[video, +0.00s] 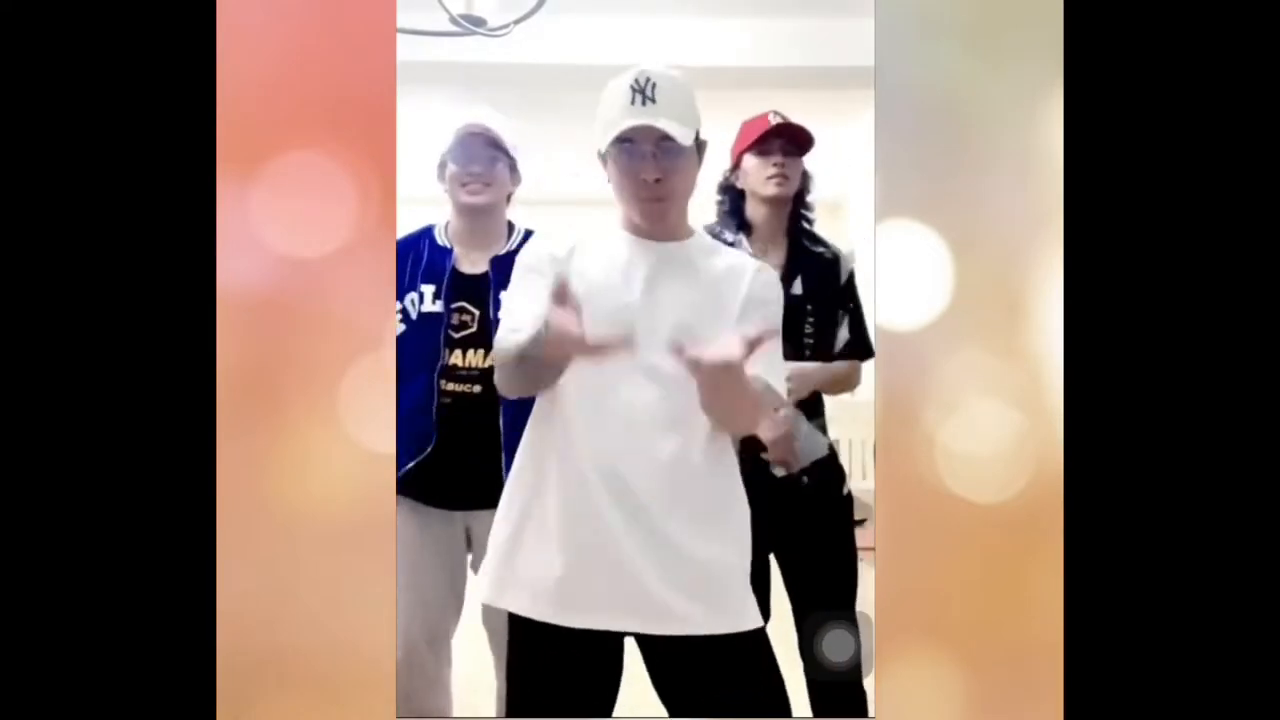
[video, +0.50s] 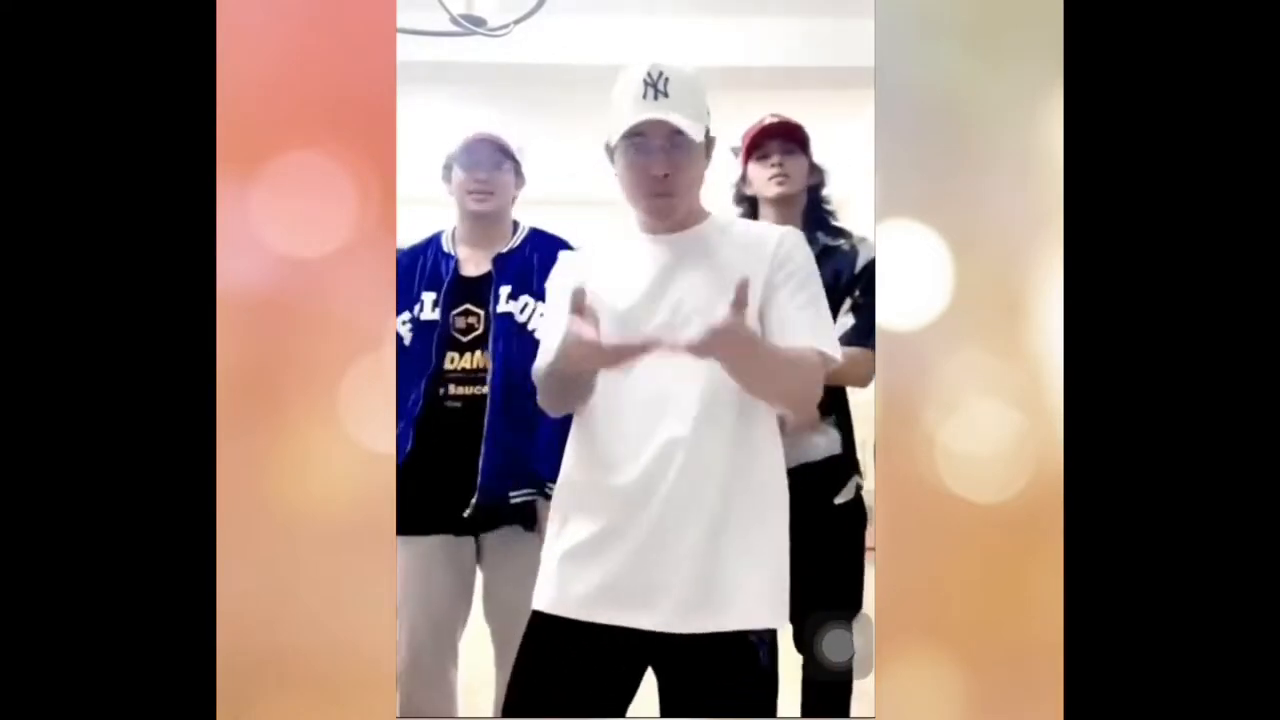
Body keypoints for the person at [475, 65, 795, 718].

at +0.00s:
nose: (649, 168)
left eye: (667, 148)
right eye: (629, 148)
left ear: (699, 161)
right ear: (603, 162)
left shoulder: (746, 281)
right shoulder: (552, 261)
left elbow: (751, 419)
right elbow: (508, 378)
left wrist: (721, 384)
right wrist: (553, 348)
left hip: (694, 572)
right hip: (561, 564)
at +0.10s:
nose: (650, 159)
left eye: (669, 139)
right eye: (630, 140)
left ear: (703, 147)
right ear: (608, 151)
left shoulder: (750, 259)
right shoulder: (570, 239)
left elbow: (758, 377)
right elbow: (520, 343)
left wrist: (730, 262)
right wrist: (553, 232)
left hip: (696, 563)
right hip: (565, 555)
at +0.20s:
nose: (651, 149)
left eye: (669, 127)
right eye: (631, 131)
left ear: (705, 137)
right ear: (611, 145)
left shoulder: (759, 242)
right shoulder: (581, 230)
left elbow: (772, 339)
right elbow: (529, 318)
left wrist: (732, 192)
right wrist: (551, 182)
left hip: (703, 570)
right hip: (568, 564)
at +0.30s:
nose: (654, 150)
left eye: (673, 127)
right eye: (633, 130)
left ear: (708, 136)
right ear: (611, 145)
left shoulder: (769, 233)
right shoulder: (586, 228)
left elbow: (789, 331)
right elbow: (535, 325)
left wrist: (731, 195)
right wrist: (554, 204)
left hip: (707, 571)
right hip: (574, 567)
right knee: (549, 716)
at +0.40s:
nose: (655, 154)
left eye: (674, 133)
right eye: (636, 136)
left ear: (708, 143)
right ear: (614, 148)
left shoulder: (774, 239)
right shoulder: (588, 244)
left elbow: (801, 357)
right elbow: (541, 360)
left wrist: (725, 256)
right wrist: (560, 284)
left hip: (711, 574)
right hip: (582, 569)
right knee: (541, 716)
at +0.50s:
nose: (658, 164)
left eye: (677, 143)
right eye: (639, 144)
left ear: (707, 155)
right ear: (612, 158)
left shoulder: (773, 251)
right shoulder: (583, 267)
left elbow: (807, 396)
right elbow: (552, 402)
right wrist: (577, 362)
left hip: (723, 588)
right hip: (591, 586)